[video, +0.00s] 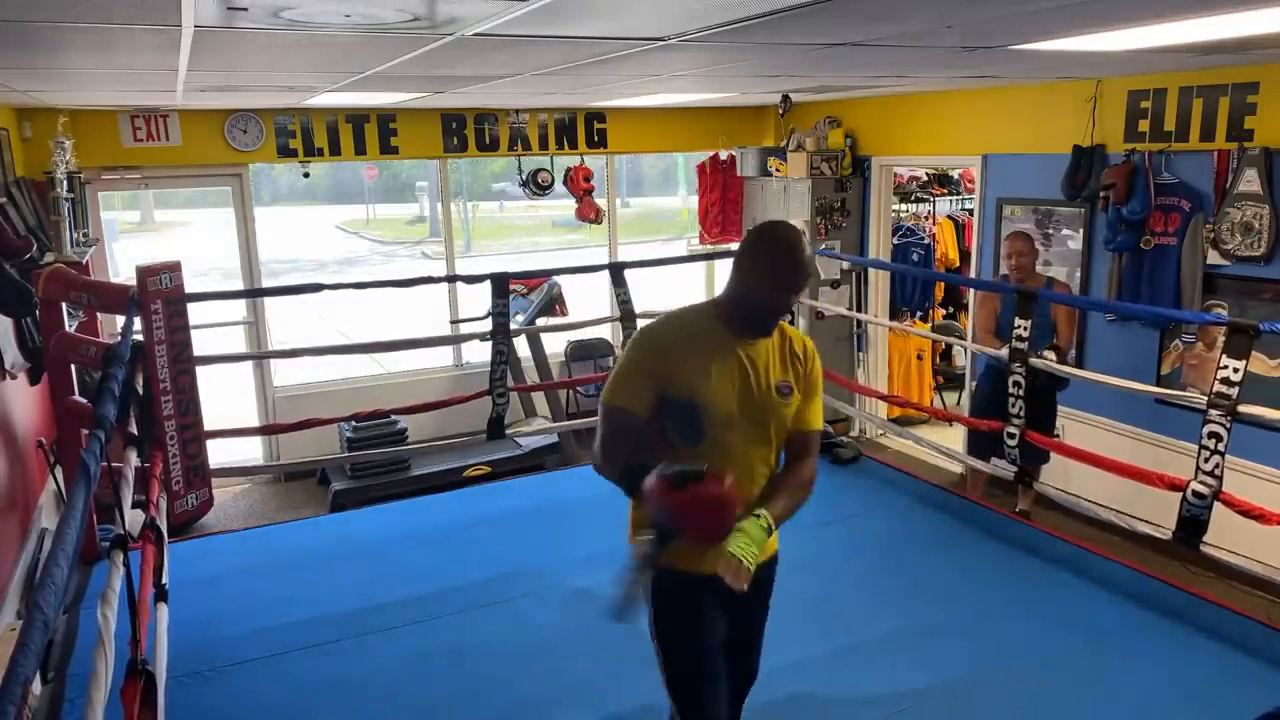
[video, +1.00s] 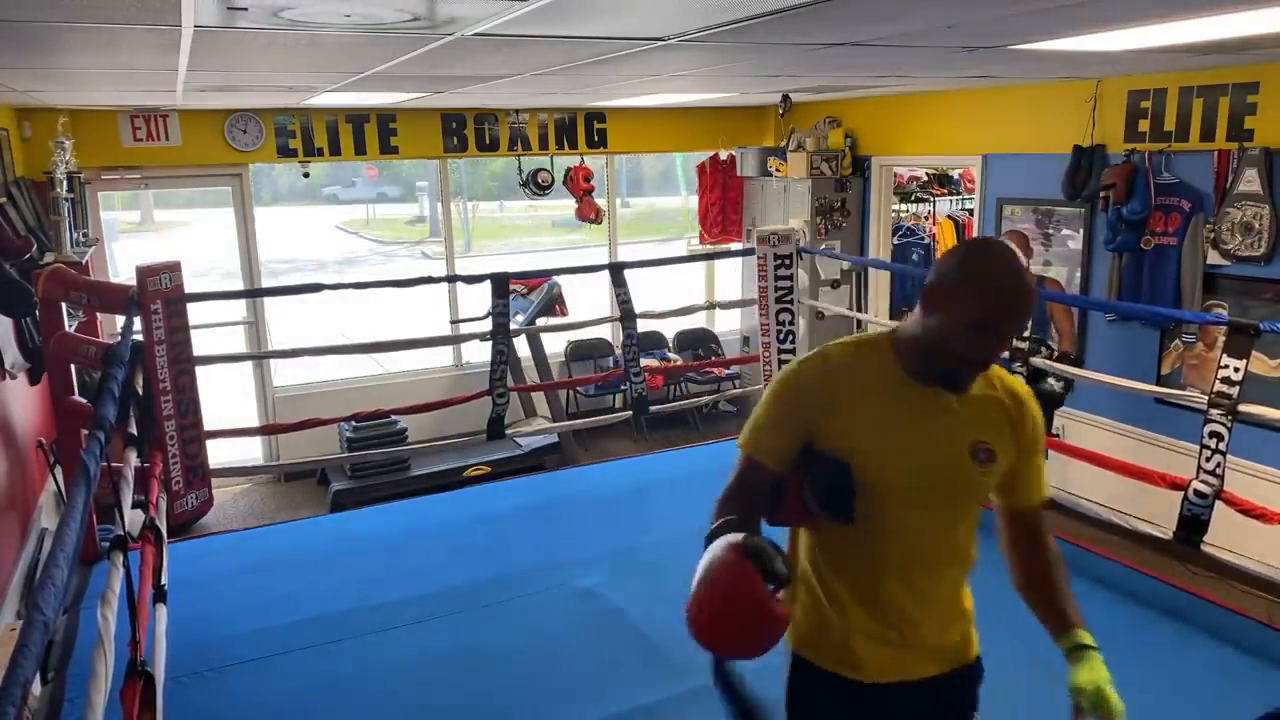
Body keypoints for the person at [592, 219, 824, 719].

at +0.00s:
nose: (789, 307)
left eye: (797, 294)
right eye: (783, 292)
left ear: (800, 288)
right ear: (748, 275)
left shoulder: (797, 353)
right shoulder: (659, 344)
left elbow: (802, 464)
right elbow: (612, 455)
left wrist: (758, 525)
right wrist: (671, 497)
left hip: (755, 563)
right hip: (683, 567)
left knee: (733, 697)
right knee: (704, 709)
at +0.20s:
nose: (792, 331)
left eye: (802, 318)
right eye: (783, 319)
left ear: (808, 304)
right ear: (744, 296)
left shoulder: (809, 352)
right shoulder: (664, 367)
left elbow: (827, 467)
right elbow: (627, 498)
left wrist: (797, 529)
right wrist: (701, 497)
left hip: (792, 589)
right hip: (707, 599)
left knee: (795, 709)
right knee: (716, 712)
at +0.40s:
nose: (806, 346)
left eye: (818, 332)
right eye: (794, 333)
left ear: (828, 312)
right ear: (758, 298)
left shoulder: (829, 358)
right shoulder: (678, 378)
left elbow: (854, 468)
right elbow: (641, 515)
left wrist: (874, 560)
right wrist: (690, 556)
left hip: (824, 607)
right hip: (729, 627)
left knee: (868, 712)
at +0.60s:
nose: (886, 349)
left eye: (894, 332)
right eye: (876, 330)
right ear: (833, 309)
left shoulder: (882, 378)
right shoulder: (724, 387)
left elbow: (880, 483)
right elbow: (669, 511)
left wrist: (945, 576)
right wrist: (671, 619)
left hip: (859, 639)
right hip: (753, 653)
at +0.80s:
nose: (940, 351)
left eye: (951, 337)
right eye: (931, 332)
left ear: (959, 326)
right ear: (886, 305)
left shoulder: (947, 390)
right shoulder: (773, 384)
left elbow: (943, 502)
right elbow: (710, 505)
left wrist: (1002, 606)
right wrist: (692, 598)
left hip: (902, 656)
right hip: (794, 664)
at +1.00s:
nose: (996, 354)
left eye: (1011, 339)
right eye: (984, 331)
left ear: (1021, 331)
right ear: (932, 300)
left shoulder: (1008, 408)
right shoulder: (816, 382)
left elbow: (1028, 539)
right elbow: (743, 498)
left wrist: (1079, 651)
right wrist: (728, 559)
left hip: (943, 674)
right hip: (832, 675)